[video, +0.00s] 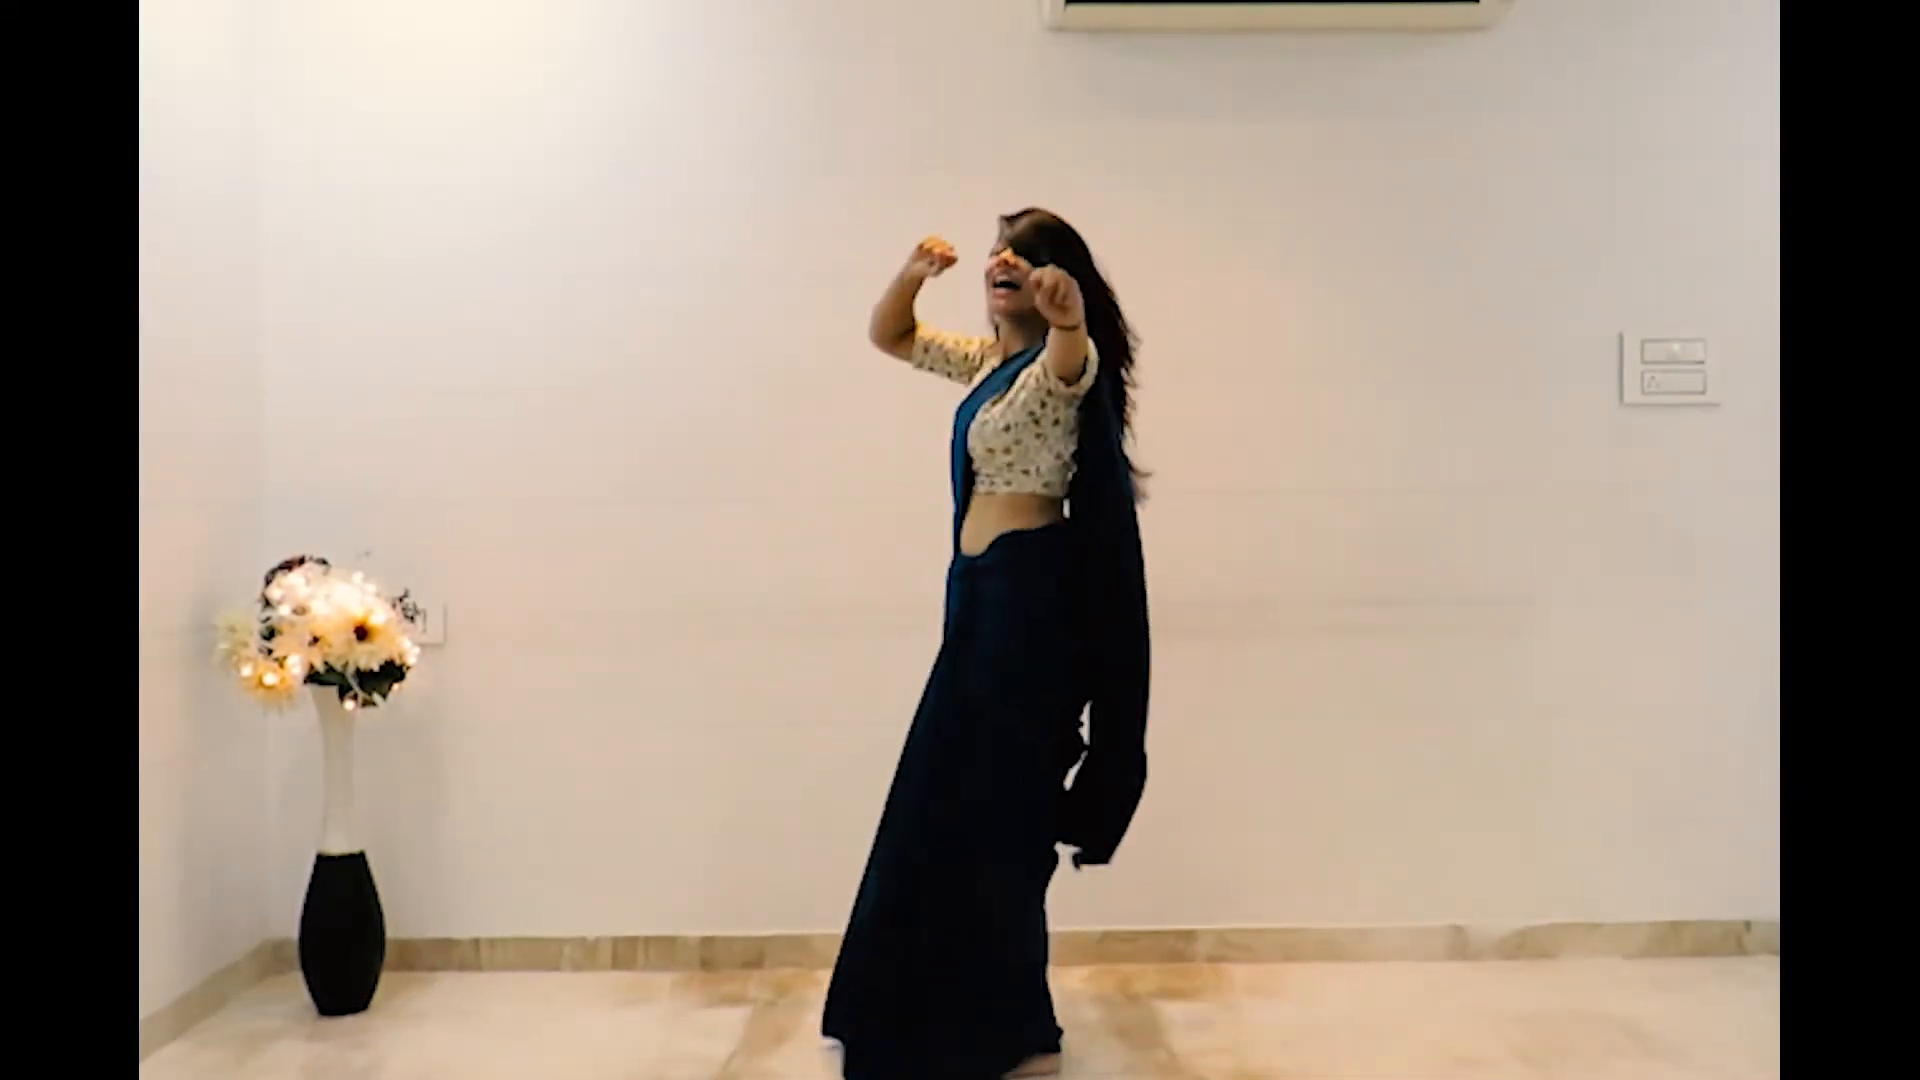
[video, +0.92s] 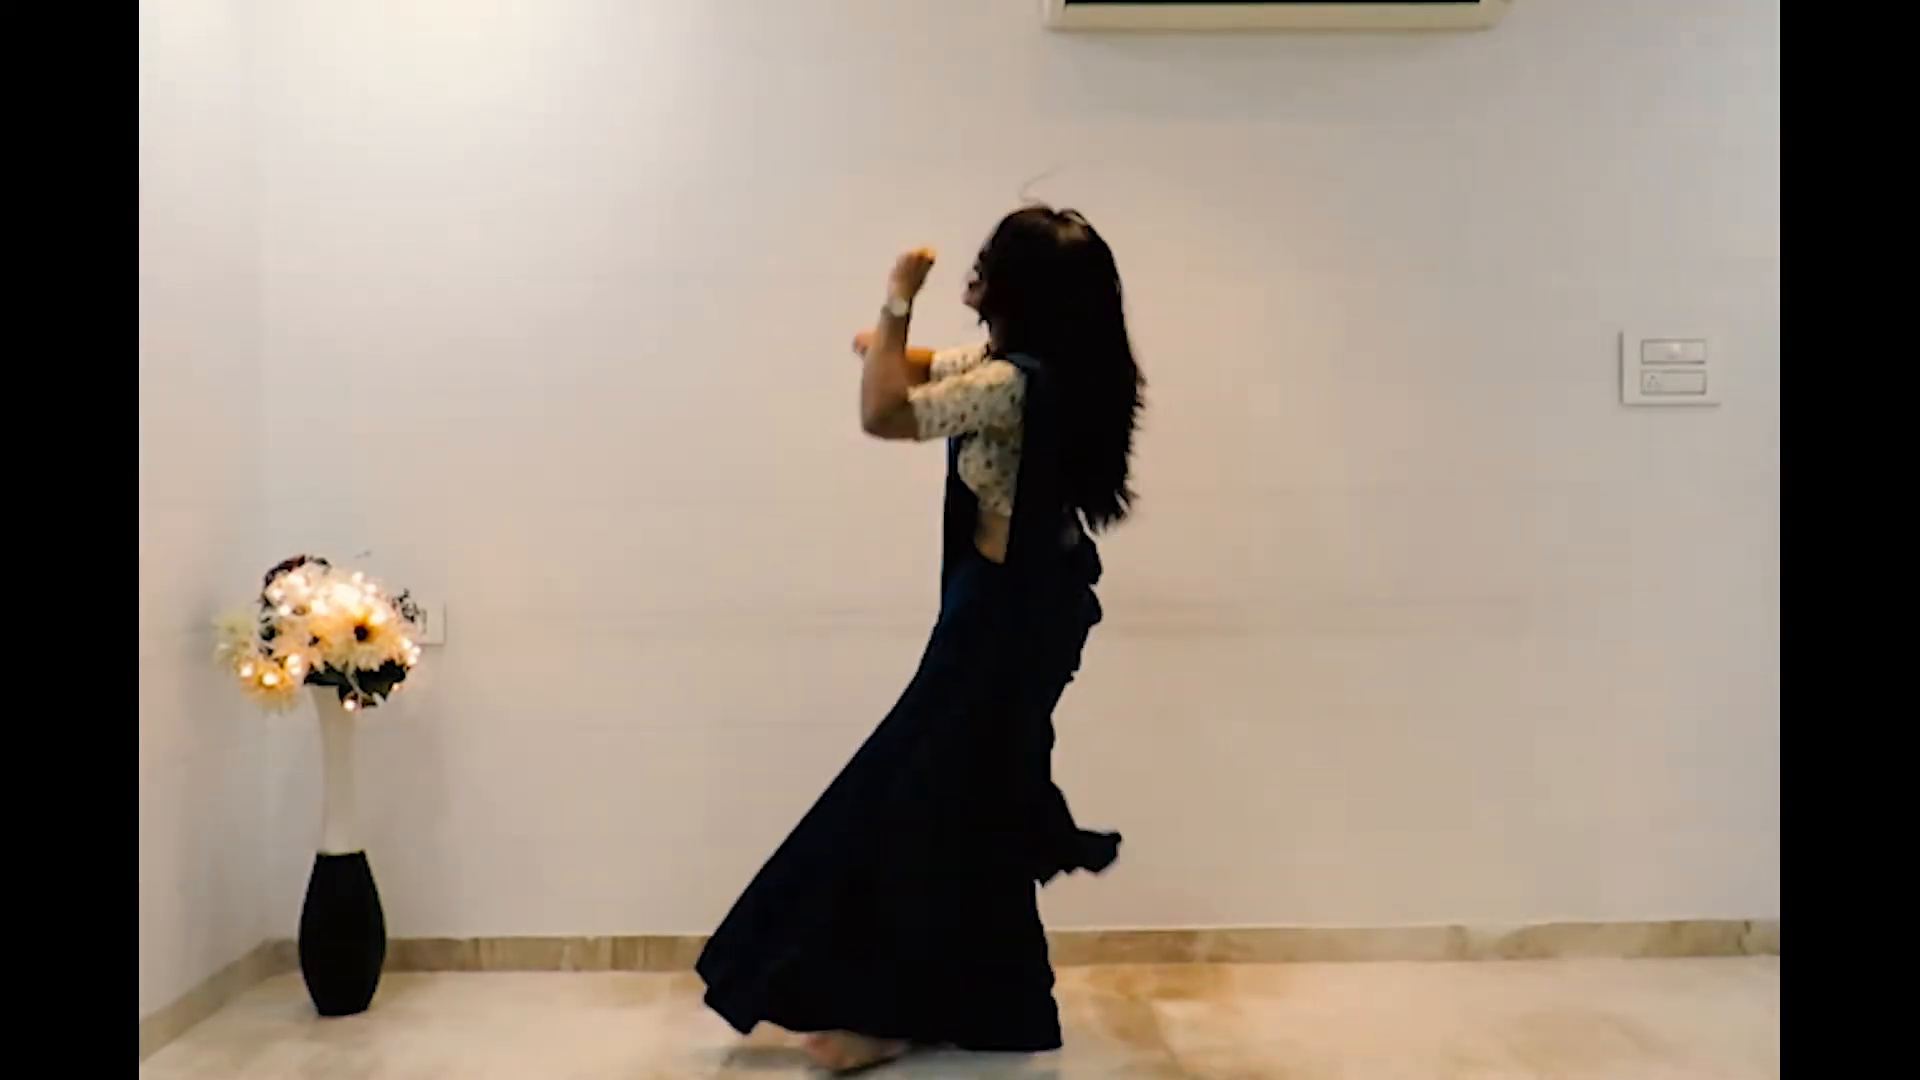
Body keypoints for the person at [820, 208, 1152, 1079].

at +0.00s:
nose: (1001, 269)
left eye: (1020, 258)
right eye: (997, 258)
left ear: (1054, 287)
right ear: (990, 284)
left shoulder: (1058, 367)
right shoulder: (989, 364)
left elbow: (1071, 348)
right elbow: (890, 336)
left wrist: (1060, 304)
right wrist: (909, 279)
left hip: (1026, 596)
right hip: (977, 596)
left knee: (960, 803)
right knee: (973, 805)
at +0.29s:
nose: (1010, 244)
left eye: (1029, 236)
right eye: (1000, 233)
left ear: (1061, 266)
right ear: (985, 260)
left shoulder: (1059, 345)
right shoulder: (976, 359)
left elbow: (1081, 355)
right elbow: (885, 388)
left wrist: (1062, 303)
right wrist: (912, 366)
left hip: (1024, 568)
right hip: (966, 572)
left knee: (1009, 782)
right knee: (968, 780)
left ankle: (1025, 1002)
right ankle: (979, 997)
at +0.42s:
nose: (993, 256)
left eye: (1015, 247)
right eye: (992, 244)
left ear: (1054, 276)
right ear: (989, 269)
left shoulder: (1062, 344)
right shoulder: (985, 373)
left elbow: (1082, 370)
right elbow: (960, 456)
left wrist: (989, 388)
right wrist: (917, 468)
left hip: (1028, 598)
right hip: (973, 601)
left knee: (1002, 805)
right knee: (983, 807)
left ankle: (1018, 1031)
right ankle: (998, 1026)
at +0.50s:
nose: (972, 256)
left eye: (988, 247)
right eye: (979, 243)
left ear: (1029, 270)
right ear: (1018, 269)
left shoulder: (1047, 333)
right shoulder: (1005, 356)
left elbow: (1008, 330)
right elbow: (963, 405)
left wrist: (902, 351)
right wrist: (925, 424)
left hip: (1023, 581)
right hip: (989, 582)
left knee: (987, 795)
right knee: (982, 796)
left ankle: (1009, 1026)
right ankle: (999, 1019)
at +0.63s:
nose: (977, 246)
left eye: (992, 242)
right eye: (987, 237)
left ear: (1015, 273)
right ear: (1038, 278)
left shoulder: (999, 354)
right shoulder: (1041, 341)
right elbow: (934, 326)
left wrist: (906, 239)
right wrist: (869, 377)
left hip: (1008, 591)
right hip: (1046, 578)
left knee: (947, 796)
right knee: (998, 797)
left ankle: (974, 1014)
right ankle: (1010, 1008)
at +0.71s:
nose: (978, 280)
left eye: (990, 272)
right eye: (986, 267)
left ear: (1014, 301)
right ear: (1061, 305)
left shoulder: (971, 389)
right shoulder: (1065, 374)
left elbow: (864, 405)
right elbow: (956, 353)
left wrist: (923, 297)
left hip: (1001, 627)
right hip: (1068, 611)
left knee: (917, 797)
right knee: (1004, 804)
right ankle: (1014, 998)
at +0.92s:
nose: (980, 284)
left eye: (992, 273)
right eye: (987, 270)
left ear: (1013, 294)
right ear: (1071, 298)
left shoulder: (1008, 385)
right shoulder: (1063, 369)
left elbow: (885, 412)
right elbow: (965, 373)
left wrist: (896, 301)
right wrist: (898, 350)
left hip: (997, 624)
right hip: (1040, 610)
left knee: (900, 798)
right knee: (971, 803)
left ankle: (874, 1013)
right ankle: (987, 997)